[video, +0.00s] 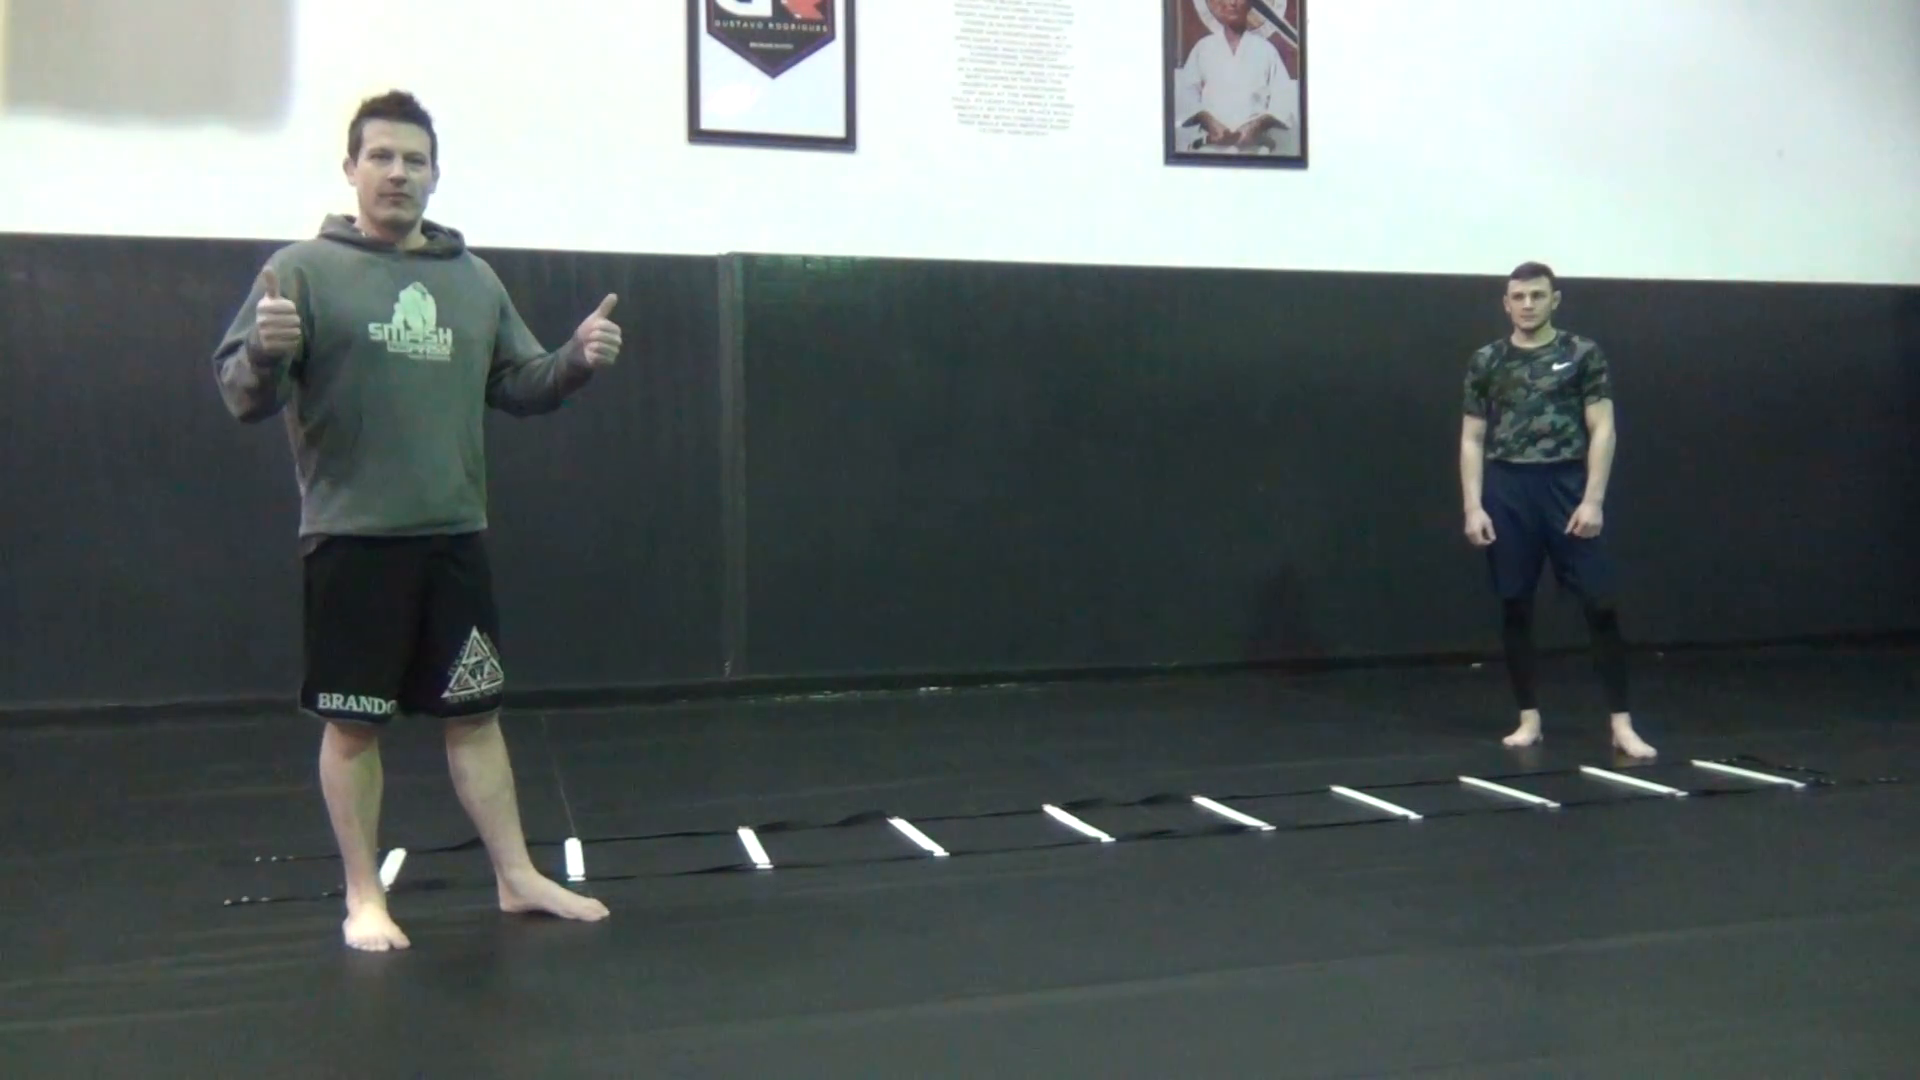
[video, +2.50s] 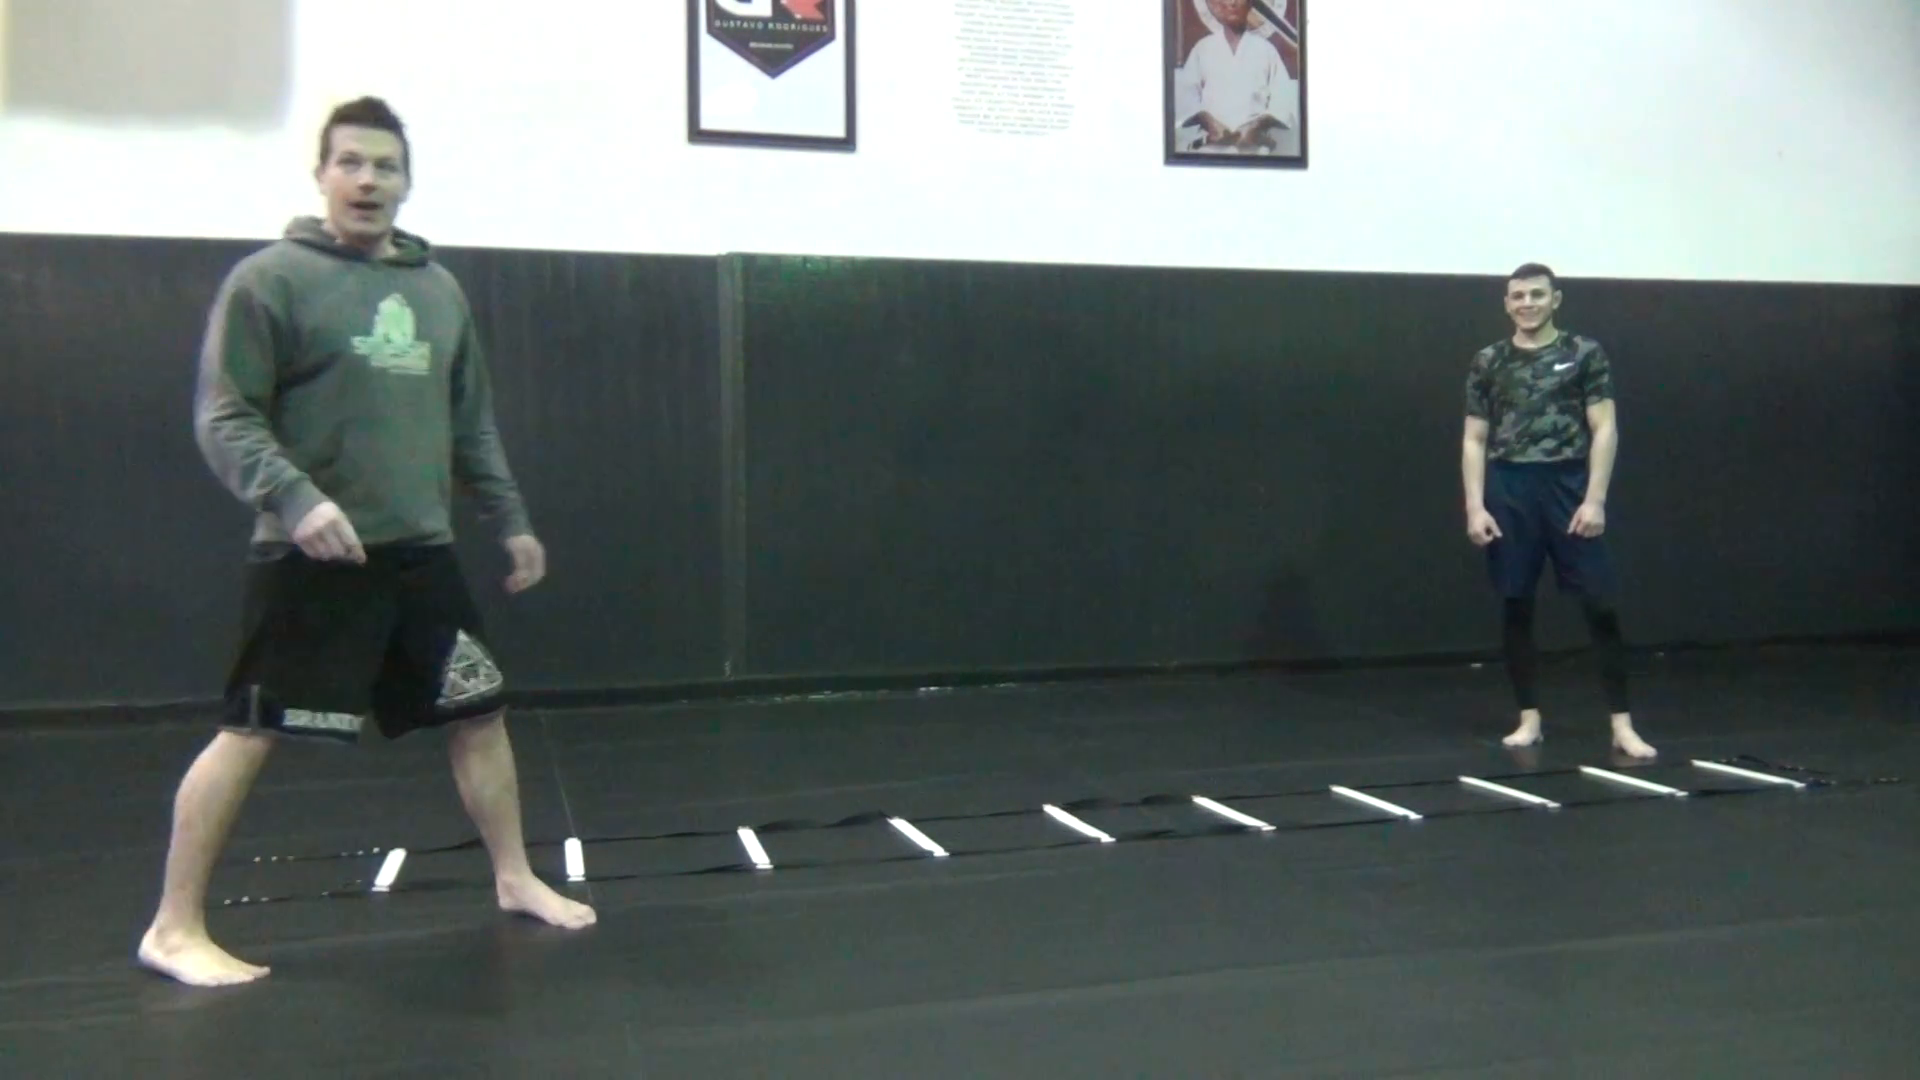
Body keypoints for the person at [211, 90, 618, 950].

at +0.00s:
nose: (396, 173)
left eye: (413, 160)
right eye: (380, 157)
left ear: (435, 174)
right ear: (350, 168)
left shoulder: (474, 279)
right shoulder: (301, 270)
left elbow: (519, 386)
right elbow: (242, 399)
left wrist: (573, 360)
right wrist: (261, 353)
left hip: (454, 530)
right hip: (350, 534)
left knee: (474, 711)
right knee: (352, 724)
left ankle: (518, 877)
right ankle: (364, 903)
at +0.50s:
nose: (470, 181)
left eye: (476, 166)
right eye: (453, 165)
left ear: (479, 172)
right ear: (397, 169)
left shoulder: (501, 276)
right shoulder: (337, 272)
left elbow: (544, 382)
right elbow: (278, 401)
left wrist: (603, 363)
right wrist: (307, 364)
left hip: (495, 527)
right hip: (395, 531)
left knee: (496, 711)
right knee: (382, 719)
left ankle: (519, 880)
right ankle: (367, 902)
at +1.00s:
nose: (538, 195)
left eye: (536, 180)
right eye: (524, 181)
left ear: (485, 186)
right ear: (469, 185)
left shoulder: (524, 274)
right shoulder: (405, 275)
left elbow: (549, 405)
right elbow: (470, 368)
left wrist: (568, 505)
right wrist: (580, 326)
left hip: (537, 523)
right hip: (460, 527)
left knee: (516, 712)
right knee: (421, 713)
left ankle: (519, 880)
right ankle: (367, 893)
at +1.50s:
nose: (523, 184)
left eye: (536, 170)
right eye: (506, 167)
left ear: (548, 182)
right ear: (468, 173)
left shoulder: (560, 282)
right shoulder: (432, 270)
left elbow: (583, 412)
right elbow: (455, 381)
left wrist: (620, 502)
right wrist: (585, 368)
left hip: (553, 523)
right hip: (473, 520)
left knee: (525, 709)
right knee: (432, 707)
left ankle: (519, 880)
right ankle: (370, 886)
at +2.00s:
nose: (550, 190)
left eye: (566, 178)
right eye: (535, 172)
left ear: (580, 191)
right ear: (502, 176)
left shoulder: (587, 299)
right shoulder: (438, 269)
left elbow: (606, 426)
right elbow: (367, 391)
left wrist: (641, 525)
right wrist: (324, 505)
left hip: (525, 536)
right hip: (434, 526)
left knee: (512, 709)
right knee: (392, 697)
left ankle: (520, 879)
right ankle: (320, 873)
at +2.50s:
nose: (367, 180)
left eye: (386, 166)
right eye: (350, 163)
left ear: (405, 181)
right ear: (320, 174)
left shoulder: (438, 290)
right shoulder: (266, 282)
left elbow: (473, 426)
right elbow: (224, 417)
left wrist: (512, 523)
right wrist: (298, 501)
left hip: (417, 556)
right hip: (306, 555)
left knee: (477, 706)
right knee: (250, 731)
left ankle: (517, 882)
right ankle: (174, 928)